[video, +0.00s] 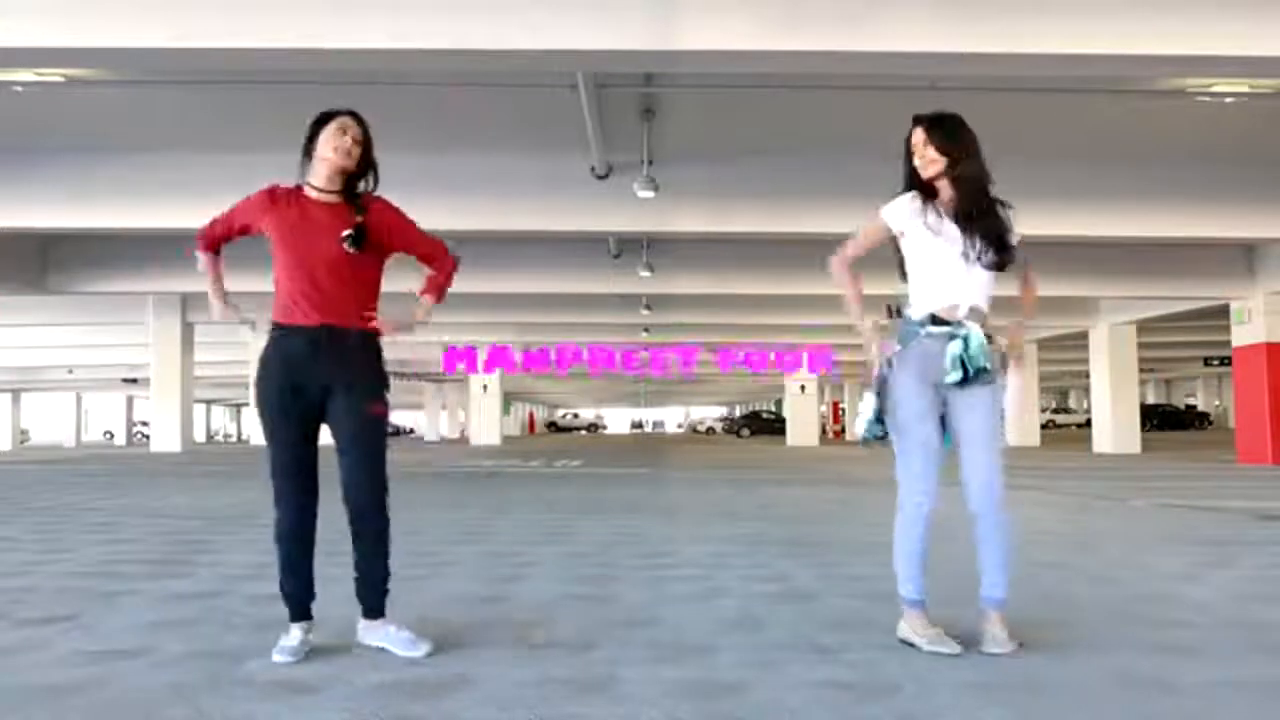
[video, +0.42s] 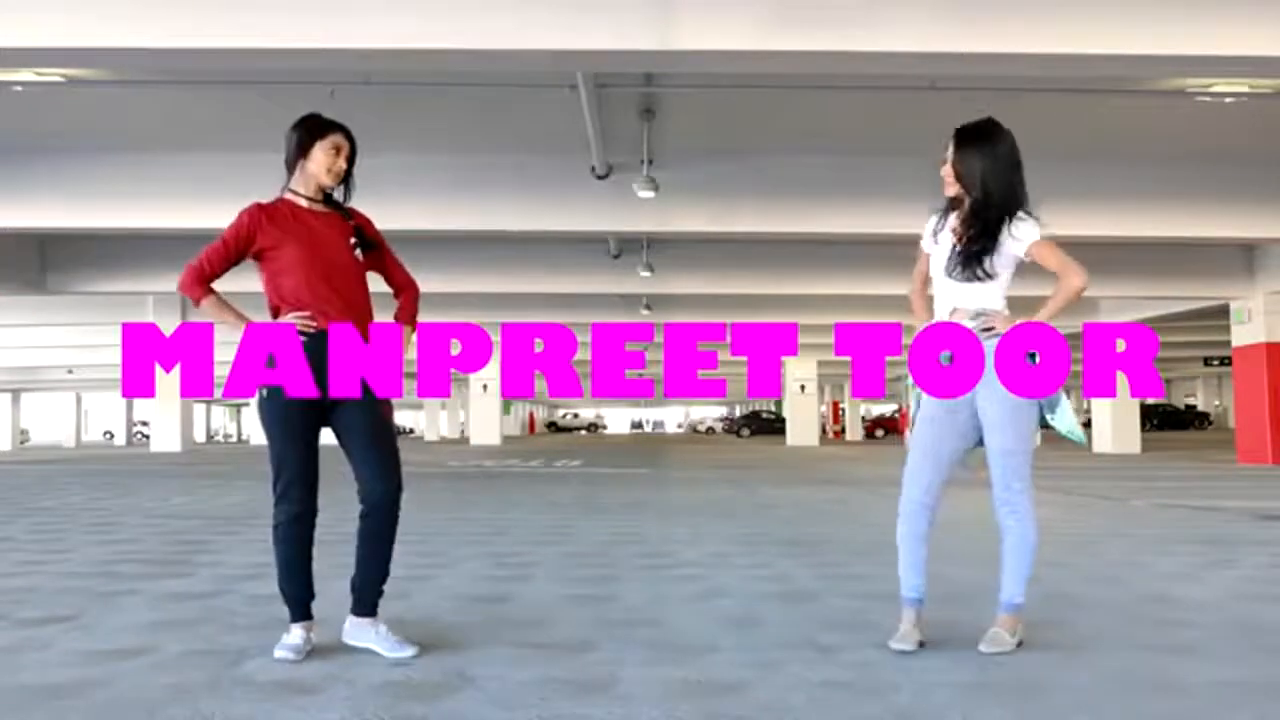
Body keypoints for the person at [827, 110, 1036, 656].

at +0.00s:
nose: (920, 160)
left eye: (928, 150)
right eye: (914, 152)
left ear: (956, 150)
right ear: (914, 158)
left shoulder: (991, 215)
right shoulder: (907, 210)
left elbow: (1028, 285)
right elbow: (842, 260)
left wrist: (1014, 329)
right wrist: (866, 323)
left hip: (976, 354)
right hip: (917, 350)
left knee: (986, 490)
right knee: (918, 488)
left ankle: (993, 614)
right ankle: (912, 613)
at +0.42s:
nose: (943, 168)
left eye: (953, 162)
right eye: (945, 159)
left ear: (978, 171)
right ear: (955, 166)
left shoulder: (1012, 229)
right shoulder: (941, 223)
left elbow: (1074, 276)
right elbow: (919, 286)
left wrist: (1030, 324)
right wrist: (928, 332)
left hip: (1002, 374)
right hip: (946, 373)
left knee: (1011, 495)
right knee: (916, 492)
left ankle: (1009, 615)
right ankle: (910, 612)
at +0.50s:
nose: (951, 177)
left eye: (961, 170)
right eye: (953, 167)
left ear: (986, 181)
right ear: (956, 174)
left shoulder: (1014, 236)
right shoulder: (944, 230)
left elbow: (1072, 281)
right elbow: (925, 291)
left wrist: (1030, 324)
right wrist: (935, 335)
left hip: (1005, 377)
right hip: (949, 378)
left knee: (1016, 496)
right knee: (915, 492)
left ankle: (1010, 615)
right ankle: (921, 612)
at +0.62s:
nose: (952, 176)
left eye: (962, 170)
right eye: (953, 167)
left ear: (989, 179)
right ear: (959, 172)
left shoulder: (1021, 232)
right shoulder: (945, 229)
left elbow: (1083, 274)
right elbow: (931, 288)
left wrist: (1037, 322)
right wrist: (938, 333)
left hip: (1005, 371)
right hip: (951, 371)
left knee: (1012, 493)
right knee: (921, 486)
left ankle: (1010, 616)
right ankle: (924, 612)